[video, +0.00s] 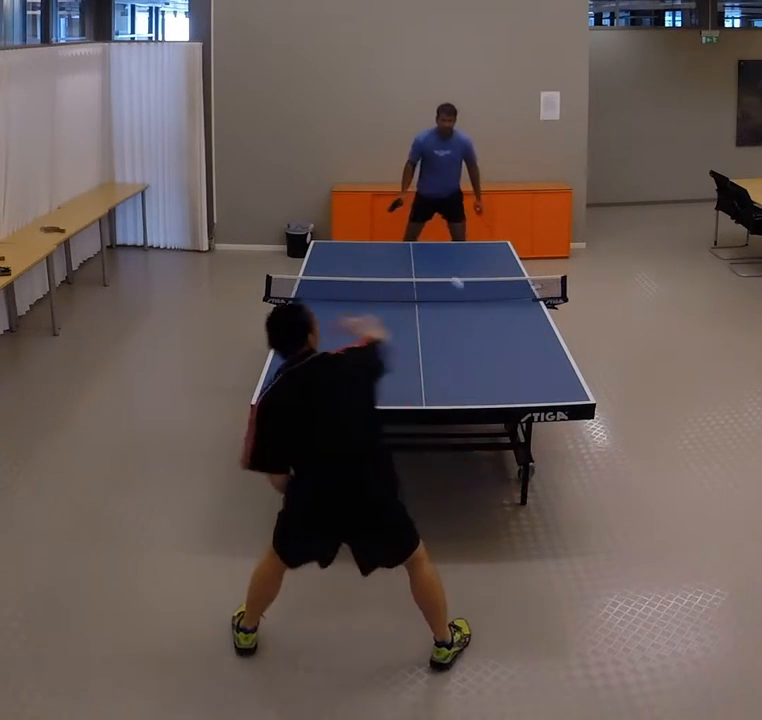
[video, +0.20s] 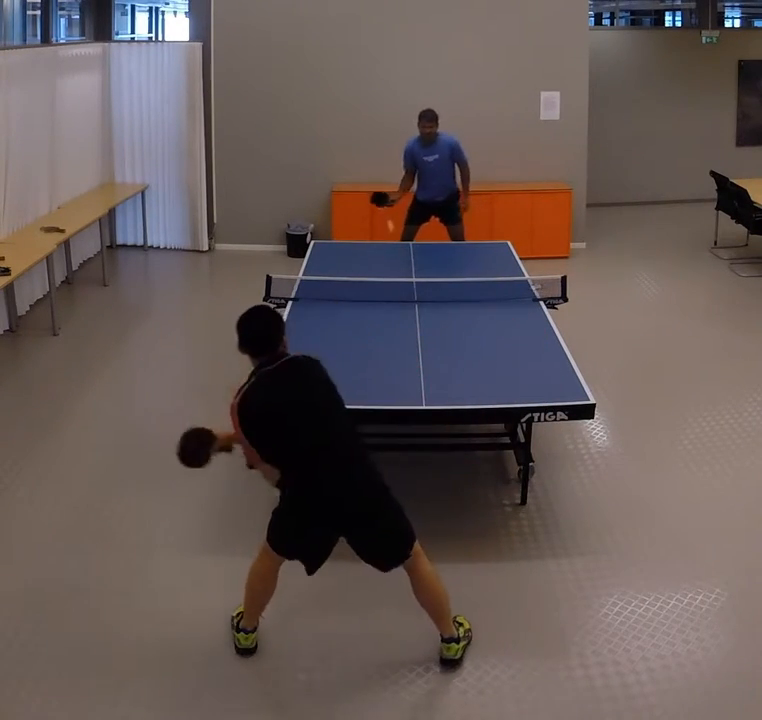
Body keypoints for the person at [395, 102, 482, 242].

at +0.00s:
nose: (446, 125)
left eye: (450, 121)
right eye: (443, 121)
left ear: (455, 122)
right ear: (437, 120)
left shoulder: (463, 142)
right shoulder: (423, 140)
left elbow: (473, 169)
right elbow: (410, 165)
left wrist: (478, 198)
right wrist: (403, 193)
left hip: (452, 198)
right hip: (425, 197)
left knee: (460, 243)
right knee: (409, 241)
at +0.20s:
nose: (427, 131)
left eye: (430, 127)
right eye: (423, 127)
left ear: (437, 127)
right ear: (418, 127)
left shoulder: (450, 144)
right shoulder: (412, 148)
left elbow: (464, 168)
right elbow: (409, 175)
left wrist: (465, 196)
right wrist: (398, 194)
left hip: (447, 199)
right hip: (422, 200)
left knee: (459, 242)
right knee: (405, 241)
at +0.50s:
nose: (439, 138)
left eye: (443, 135)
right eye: (436, 135)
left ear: (450, 134)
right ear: (432, 134)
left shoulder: (462, 149)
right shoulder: (425, 153)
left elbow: (478, 169)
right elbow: (410, 178)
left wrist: (487, 197)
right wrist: (394, 195)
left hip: (462, 200)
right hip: (436, 202)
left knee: (479, 240)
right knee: (415, 241)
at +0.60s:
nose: (459, 139)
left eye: (463, 135)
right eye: (456, 135)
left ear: (470, 135)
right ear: (451, 134)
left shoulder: (479, 153)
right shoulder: (439, 153)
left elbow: (491, 175)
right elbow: (422, 175)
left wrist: (500, 202)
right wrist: (404, 190)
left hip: (469, 204)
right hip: (443, 204)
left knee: (481, 242)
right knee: (422, 239)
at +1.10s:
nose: (457, 134)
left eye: (461, 131)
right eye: (454, 130)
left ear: (467, 131)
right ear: (449, 129)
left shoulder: (476, 151)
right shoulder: (438, 149)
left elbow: (485, 178)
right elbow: (426, 173)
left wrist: (482, 207)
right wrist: (408, 193)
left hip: (466, 201)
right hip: (440, 200)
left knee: (480, 242)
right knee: (415, 236)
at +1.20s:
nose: (441, 140)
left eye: (444, 136)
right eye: (437, 136)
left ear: (450, 136)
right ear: (433, 136)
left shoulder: (463, 153)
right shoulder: (427, 156)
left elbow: (476, 179)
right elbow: (421, 180)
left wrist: (467, 203)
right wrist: (405, 198)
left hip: (460, 201)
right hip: (437, 200)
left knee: (478, 242)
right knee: (410, 235)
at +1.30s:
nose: (425, 143)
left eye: (428, 139)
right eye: (421, 139)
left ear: (435, 138)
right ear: (417, 140)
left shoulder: (450, 154)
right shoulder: (415, 161)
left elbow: (466, 178)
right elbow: (407, 186)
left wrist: (460, 204)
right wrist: (388, 196)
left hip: (455, 201)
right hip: (432, 201)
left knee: (474, 239)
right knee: (407, 232)